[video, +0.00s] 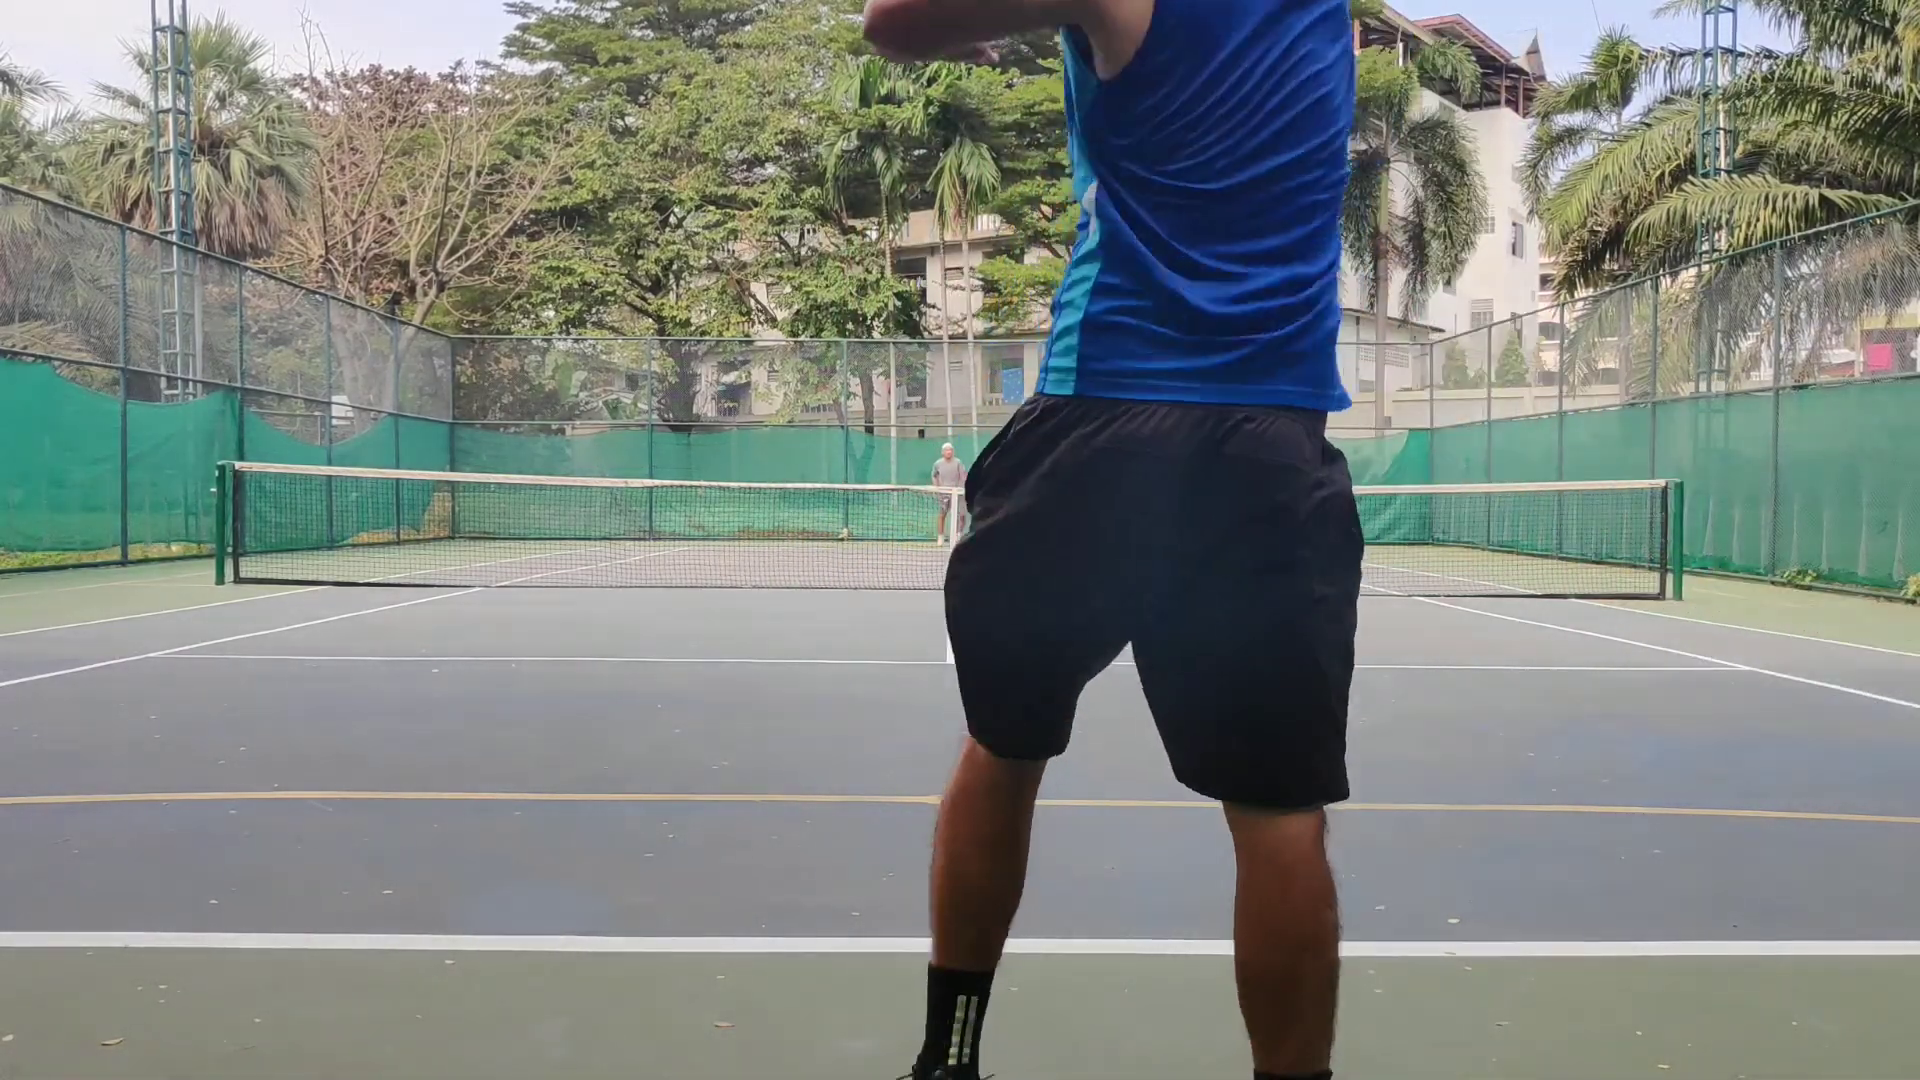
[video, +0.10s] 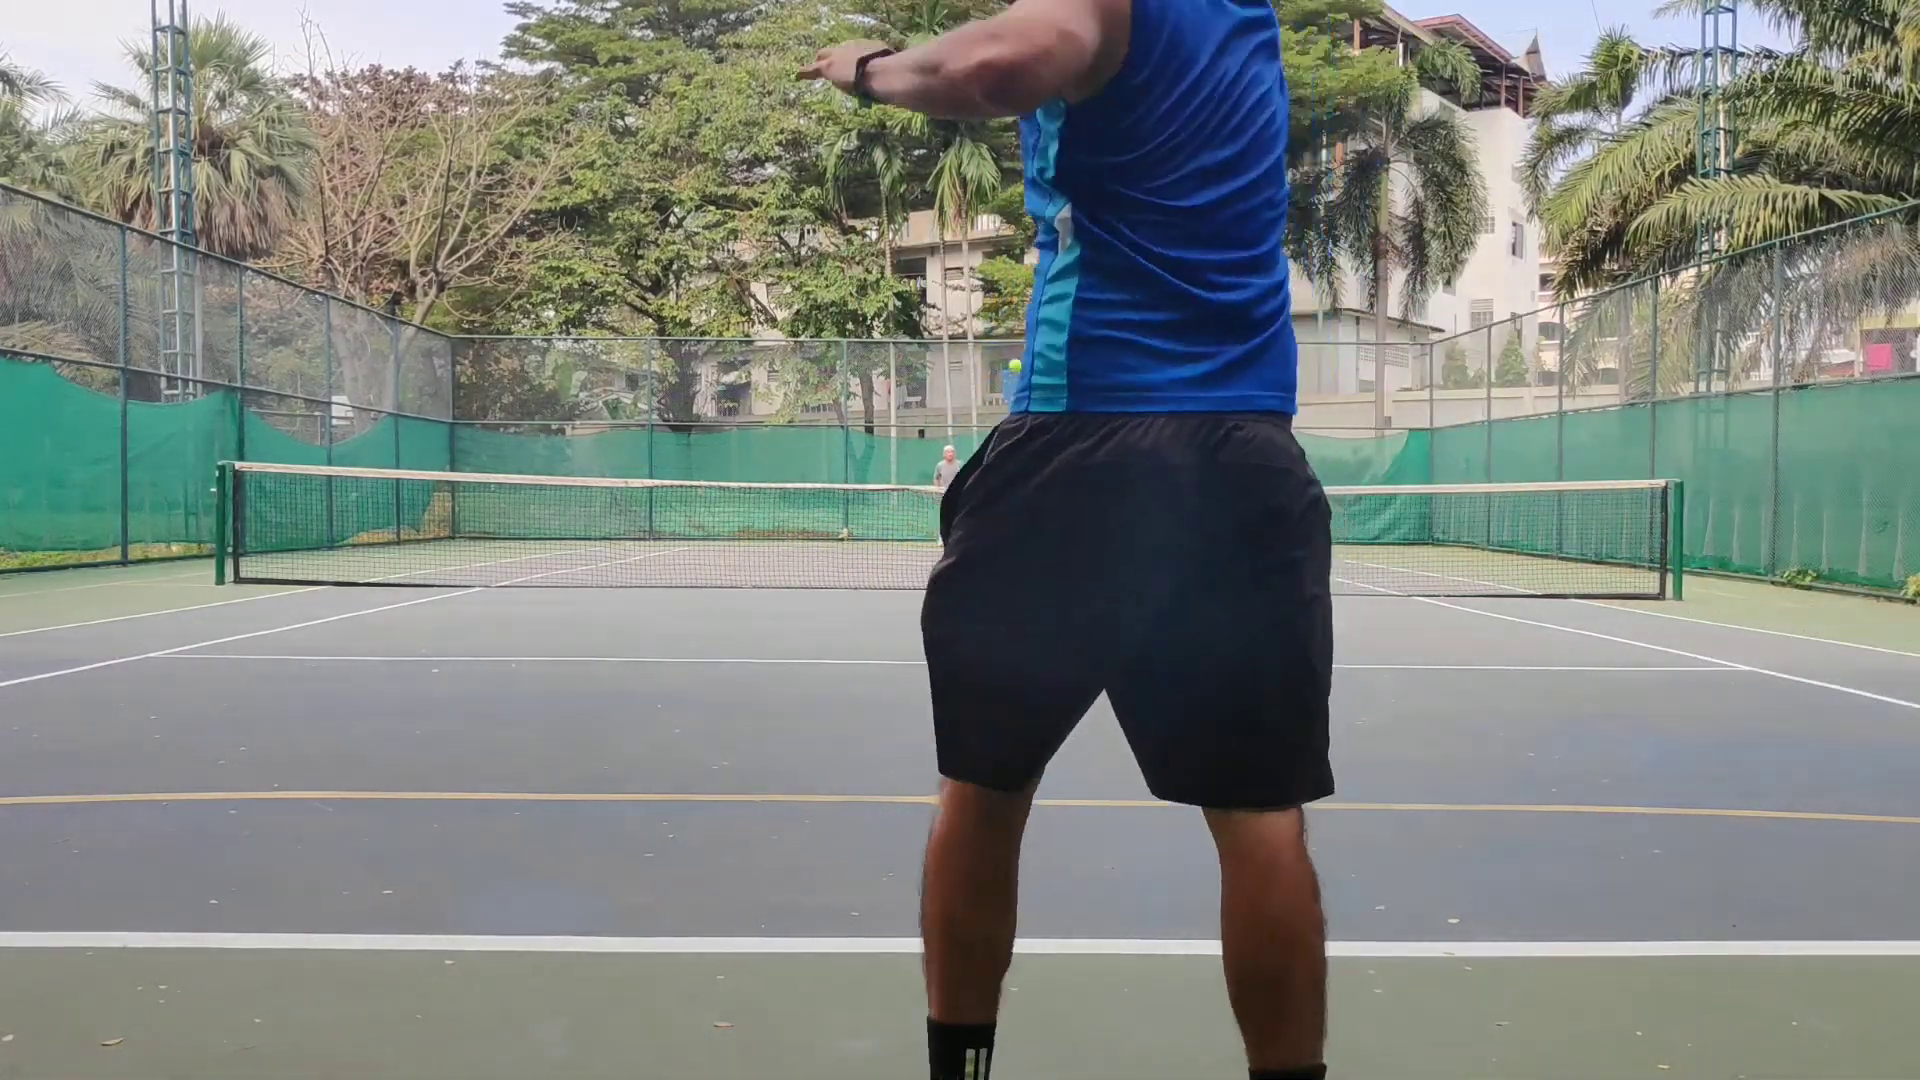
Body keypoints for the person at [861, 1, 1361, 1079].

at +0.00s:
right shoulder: (1328, 12)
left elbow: (893, 25)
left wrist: (1038, 11)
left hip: (1090, 444)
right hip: (1273, 457)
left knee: (1003, 745)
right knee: (1281, 820)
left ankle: (948, 1051)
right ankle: (1295, 1077)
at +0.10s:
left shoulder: (1102, 12)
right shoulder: (1251, 17)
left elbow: (988, 65)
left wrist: (872, 70)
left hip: (1075, 460)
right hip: (1244, 462)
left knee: (985, 797)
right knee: (1264, 820)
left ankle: (957, 1067)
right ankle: (1291, 1071)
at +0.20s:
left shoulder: (1053, 8)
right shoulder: (1166, 36)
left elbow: (1114, 133)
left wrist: (902, 145)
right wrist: (970, 137)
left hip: (1044, 479)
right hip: (1201, 478)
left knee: (956, 806)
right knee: (1236, 814)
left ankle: (958, 1071)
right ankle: (1306, 1075)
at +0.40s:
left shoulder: (1027, 32)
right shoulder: (1012, 79)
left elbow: (1145, 179)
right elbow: (891, 199)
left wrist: (945, 284)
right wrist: (787, 197)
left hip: (1007, 492)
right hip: (1136, 495)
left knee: (925, 815)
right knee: (1160, 789)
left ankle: (955, 1079)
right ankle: (1317, 1057)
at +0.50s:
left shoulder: (1009, 16)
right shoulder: (1084, 40)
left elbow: (1114, 158)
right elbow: (1063, 266)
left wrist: (938, 281)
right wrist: (916, 291)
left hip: (1011, 469)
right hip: (1136, 469)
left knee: (936, 792)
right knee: (1133, 762)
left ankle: (954, 1076)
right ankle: (1254, 1052)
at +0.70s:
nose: (957, 21)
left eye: (956, 13)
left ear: (968, 3)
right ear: (1064, 1)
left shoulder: (987, 62)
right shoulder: (1140, 106)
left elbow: (990, 228)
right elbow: (1184, 306)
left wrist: (895, 314)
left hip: (1030, 489)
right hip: (1162, 496)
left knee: (890, 774)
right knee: (1116, 768)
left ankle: (952, 1065)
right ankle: (1187, 1045)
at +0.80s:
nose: (956, 22)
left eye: (957, 16)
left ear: (974, 6)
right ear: (1069, 6)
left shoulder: (972, 61)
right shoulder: (1158, 109)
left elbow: (931, 230)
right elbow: (1233, 294)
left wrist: (909, 302)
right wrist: (1127, 358)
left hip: (1022, 476)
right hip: (1157, 487)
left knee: (860, 730)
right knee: (1117, 759)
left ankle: (921, 1036)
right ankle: (1185, 1041)